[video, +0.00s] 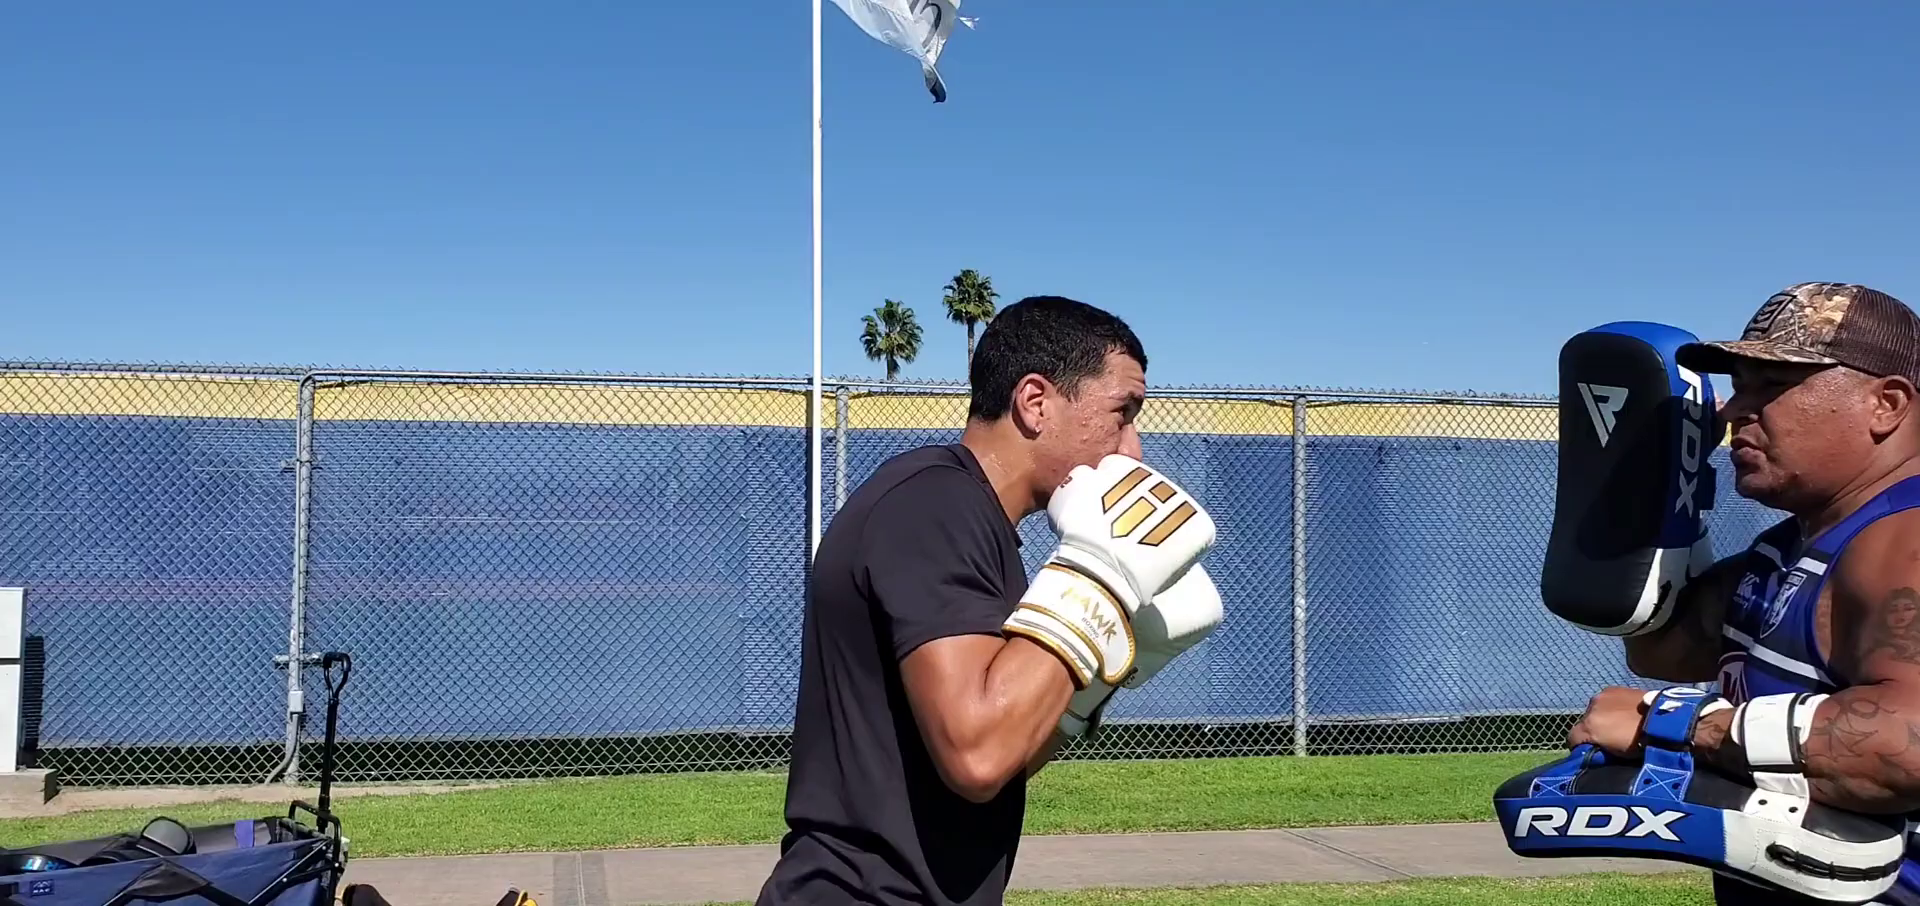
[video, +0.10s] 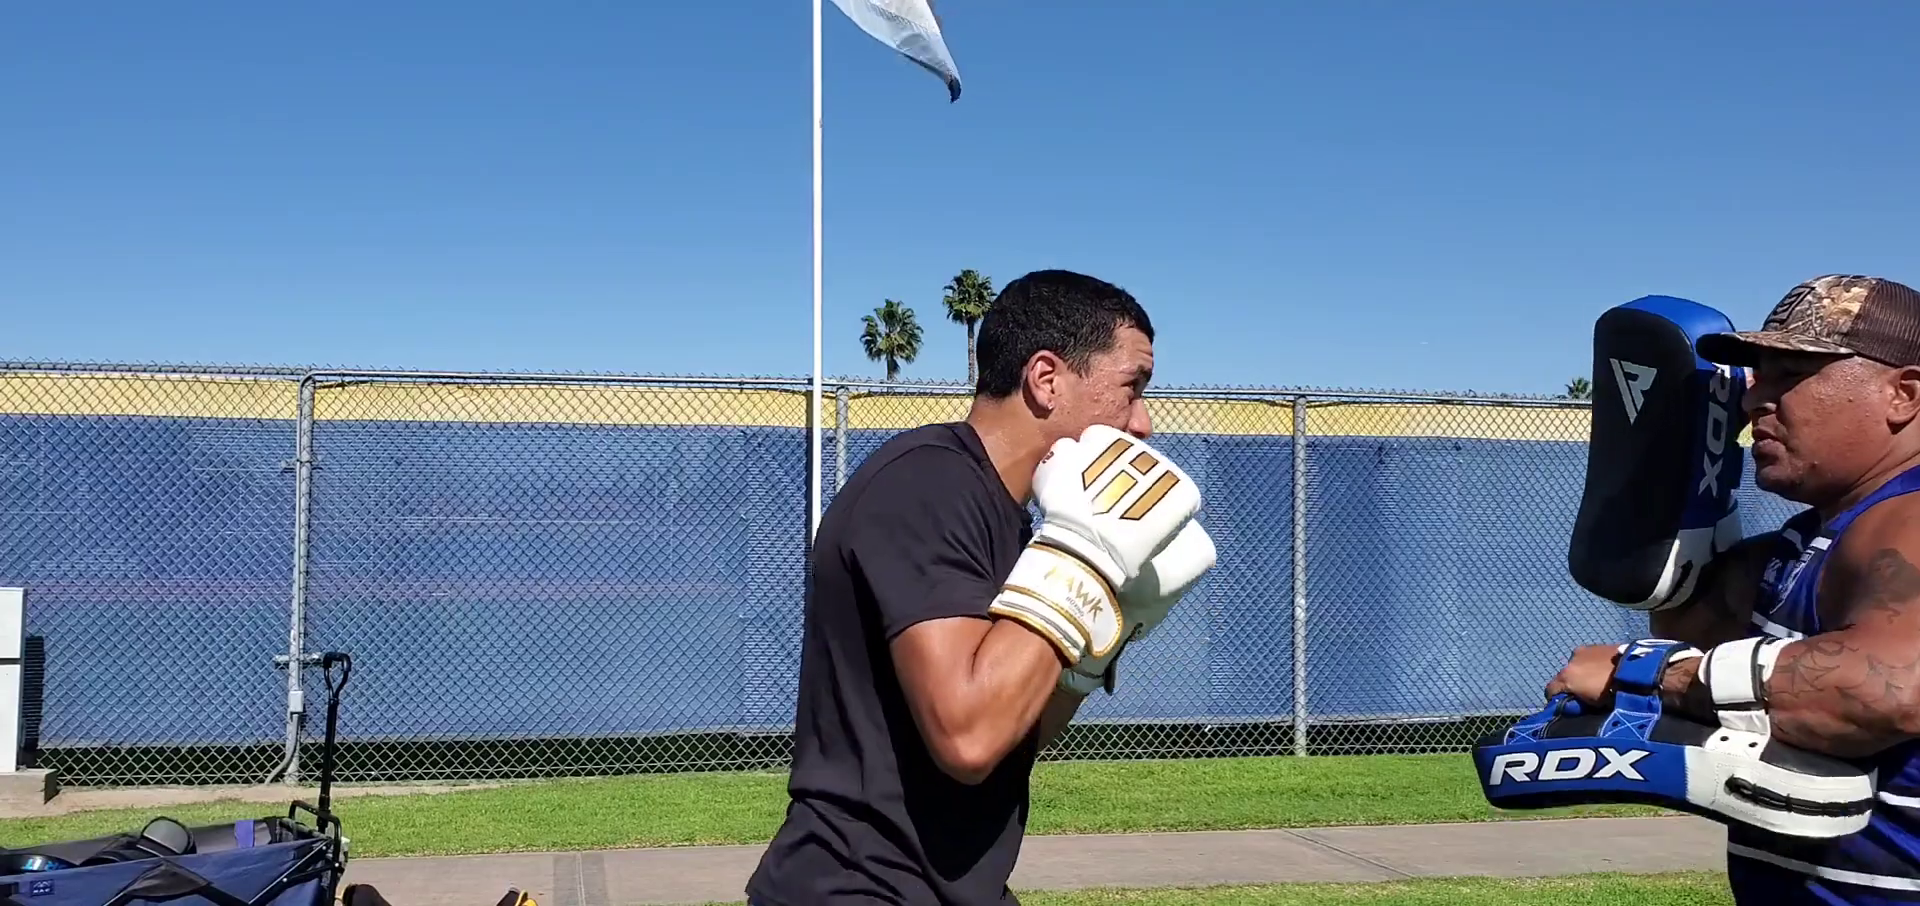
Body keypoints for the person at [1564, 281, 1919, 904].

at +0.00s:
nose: (1733, 410)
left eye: (1770, 386)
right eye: (1739, 388)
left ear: (1885, 405)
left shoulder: (1899, 546)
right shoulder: (1799, 539)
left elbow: (1900, 745)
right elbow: (1662, 653)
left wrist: (1681, 720)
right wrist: (1660, 490)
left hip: (1860, 889)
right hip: (1764, 880)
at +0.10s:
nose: (1753, 399)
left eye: (1788, 374)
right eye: (1756, 377)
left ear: (1901, 396)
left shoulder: (1900, 528)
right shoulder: (1820, 532)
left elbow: (1886, 689)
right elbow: (1694, 619)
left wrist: (1653, 672)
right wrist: (1690, 453)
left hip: (1878, 889)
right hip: (1802, 881)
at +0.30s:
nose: (1742, 411)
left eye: (1775, 386)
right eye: (1741, 389)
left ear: (1892, 403)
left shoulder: (1897, 527)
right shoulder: (1850, 527)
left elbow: (1844, 679)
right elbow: (1716, 620)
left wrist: (1587, 696)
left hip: (1866, 890)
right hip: (1794, 883)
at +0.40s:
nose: (1720, 413)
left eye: (1753, 386)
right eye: (1722, 387)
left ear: (1873, 406)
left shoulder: (1887, 541)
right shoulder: (1820, 531)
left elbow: (1867, 712)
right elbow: (1694, 609)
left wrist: (1612, 743)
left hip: (1859, 889)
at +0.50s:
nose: (1693, 422)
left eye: (1731, 394)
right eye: (1696, 394)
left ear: (1848, 410)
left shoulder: (1887, 552)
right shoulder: (1755, 528)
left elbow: (1901, 774)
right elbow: (1643, 604)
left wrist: (1661, 789)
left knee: (1546, 894)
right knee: (1535, 884)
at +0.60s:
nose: (1692, 453)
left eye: (1728, 431)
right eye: (1693, 424)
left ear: (1848, 430)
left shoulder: (1902, 585)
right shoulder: (1732, 528)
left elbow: (1897, 827)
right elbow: (1570, 576)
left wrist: (1666, 811)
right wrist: (1545, 429)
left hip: (1840, 884)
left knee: (1558, 891)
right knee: (1547, 882)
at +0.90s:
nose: (1752, 422)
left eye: (1792, 399)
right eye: (1755, 395)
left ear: (1903, 427)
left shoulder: (1907, 576)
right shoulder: (1797, 542)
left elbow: (1909, 796)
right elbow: (1730, 671)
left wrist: (1728, 721)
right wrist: (1653, 593)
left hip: (1867, 894)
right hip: (1772, 886)